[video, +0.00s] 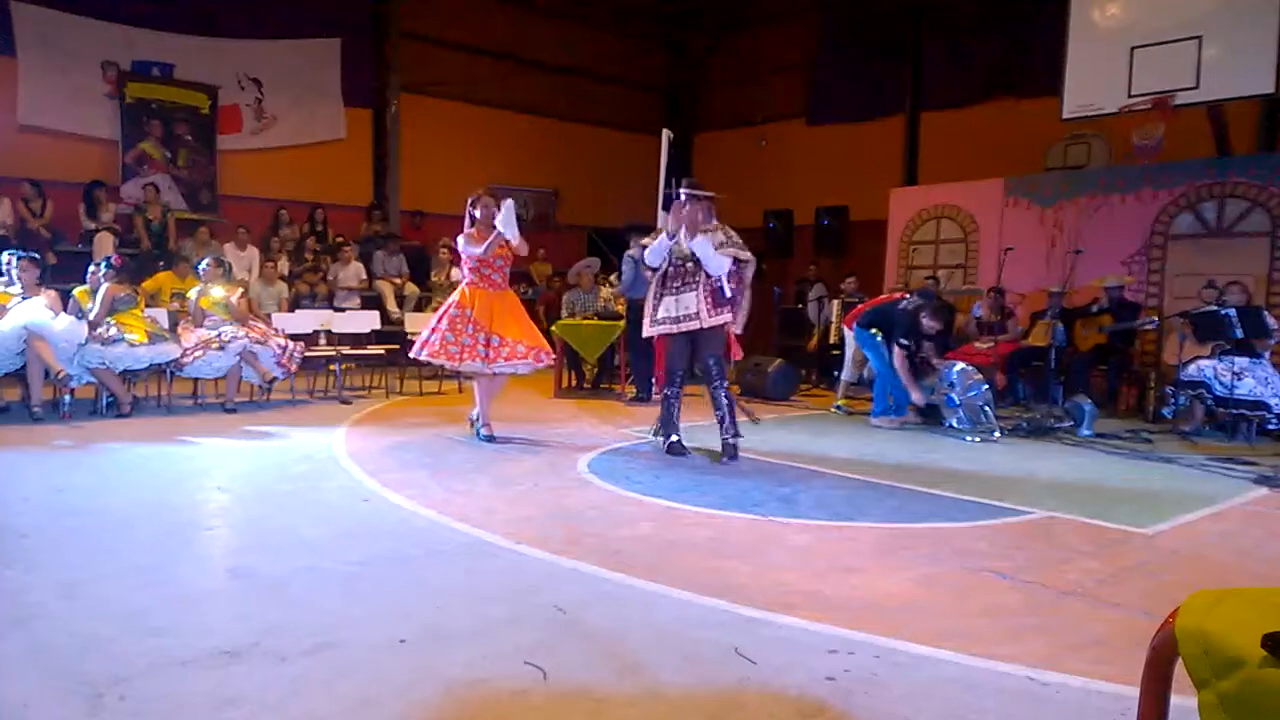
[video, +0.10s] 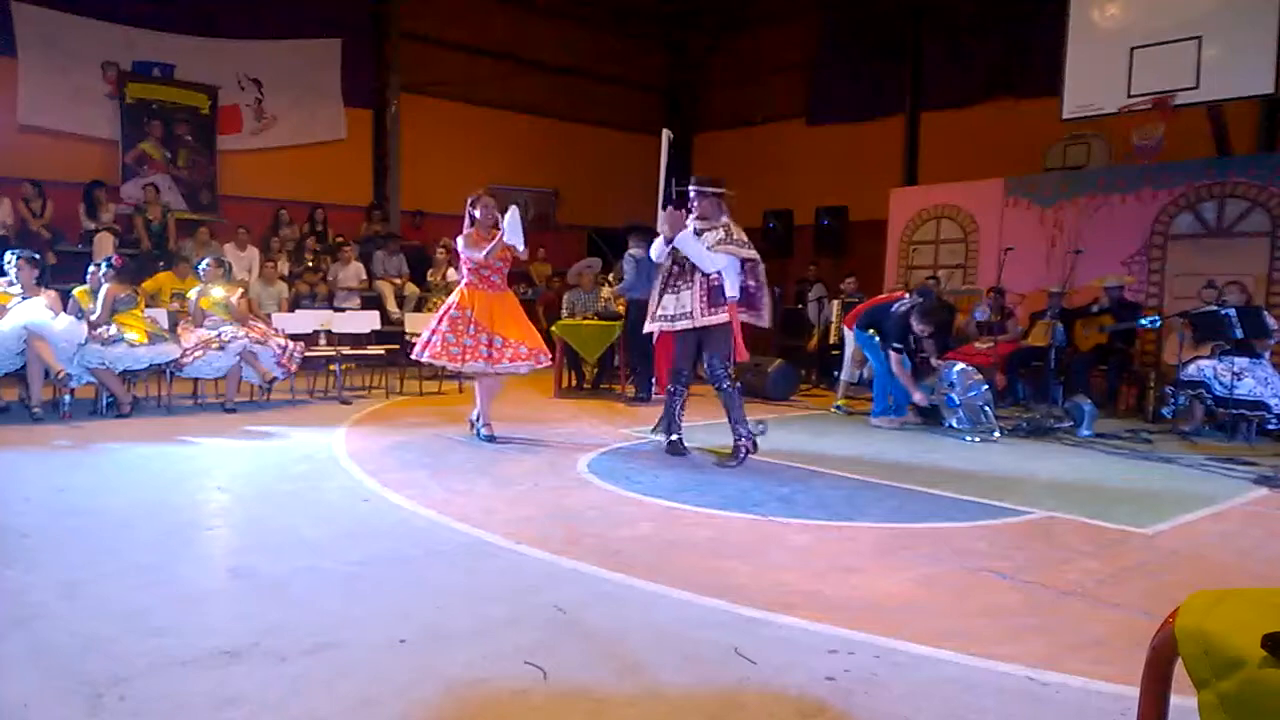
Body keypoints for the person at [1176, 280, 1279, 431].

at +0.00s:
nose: (1232, 297)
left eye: (1237, 293)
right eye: (1228, 293)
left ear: (1246, 296)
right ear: (1222, 296)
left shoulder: (1258, 315)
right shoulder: (1215, 314)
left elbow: (1268, 343)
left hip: (1254, 364)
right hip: (1223, 362)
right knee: (1196, 368)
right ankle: (1196, 420)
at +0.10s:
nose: (1225, 297)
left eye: (1231, 293)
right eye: (1223, 294)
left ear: (1244, 296)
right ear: (1220, 296)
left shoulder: (1257, 314)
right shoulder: (1214, 315)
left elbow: (1268, 343)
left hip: (1254, 364)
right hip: (1222, 363)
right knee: (1196, 368)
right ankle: (1196, 420)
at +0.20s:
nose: (1225, 297)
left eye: (1230, 293)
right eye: (1223, 294)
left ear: (1244, 297)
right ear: (1219, 297)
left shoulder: (1257, 314)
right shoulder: (1216, 314)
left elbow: (1266, 344)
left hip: (1254, 365)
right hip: (1222, 363)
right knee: (1196, 368)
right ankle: (1196, 420)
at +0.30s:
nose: (1224, 297)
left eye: (1230, 293)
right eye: (1222, 294)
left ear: (1244, 297)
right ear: (1219, 297)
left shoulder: (1257, 314)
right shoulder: (1216, 315)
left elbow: (1266, 343)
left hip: (1254, 365)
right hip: (1222, 363)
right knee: (1196, 368)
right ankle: (1196, 420)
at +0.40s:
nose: (1225, 297)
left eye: (1230, 293)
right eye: (1222, 294)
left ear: (1244, 297)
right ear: (1219, 297)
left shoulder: (1257, 314)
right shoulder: (1216, 315)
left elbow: (1266, 343)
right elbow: (1200, 340)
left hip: (1254, 365)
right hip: (1223, 363)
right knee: (1196, 368)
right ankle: (1196, 420)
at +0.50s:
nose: (1224, 297)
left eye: (1230, 293)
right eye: (1222, 294)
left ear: (1244, 297)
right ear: (1219, 297)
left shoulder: (1257, 314)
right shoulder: (1215, 314)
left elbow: (1267, 343)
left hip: (1254, 365)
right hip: (1223, 363)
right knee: (1196, 368)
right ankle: (1196, 420)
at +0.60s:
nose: (1224, 297)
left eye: (1230, 293)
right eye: (1222, 294)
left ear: (1244, 297)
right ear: (1219, 297)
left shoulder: (1257, 314)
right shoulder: (1213, 313)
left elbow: (1267, 343)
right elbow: (1173, 319)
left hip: (1254, 364)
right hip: (1221, 362)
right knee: (1195, 368)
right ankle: (1196, 420)